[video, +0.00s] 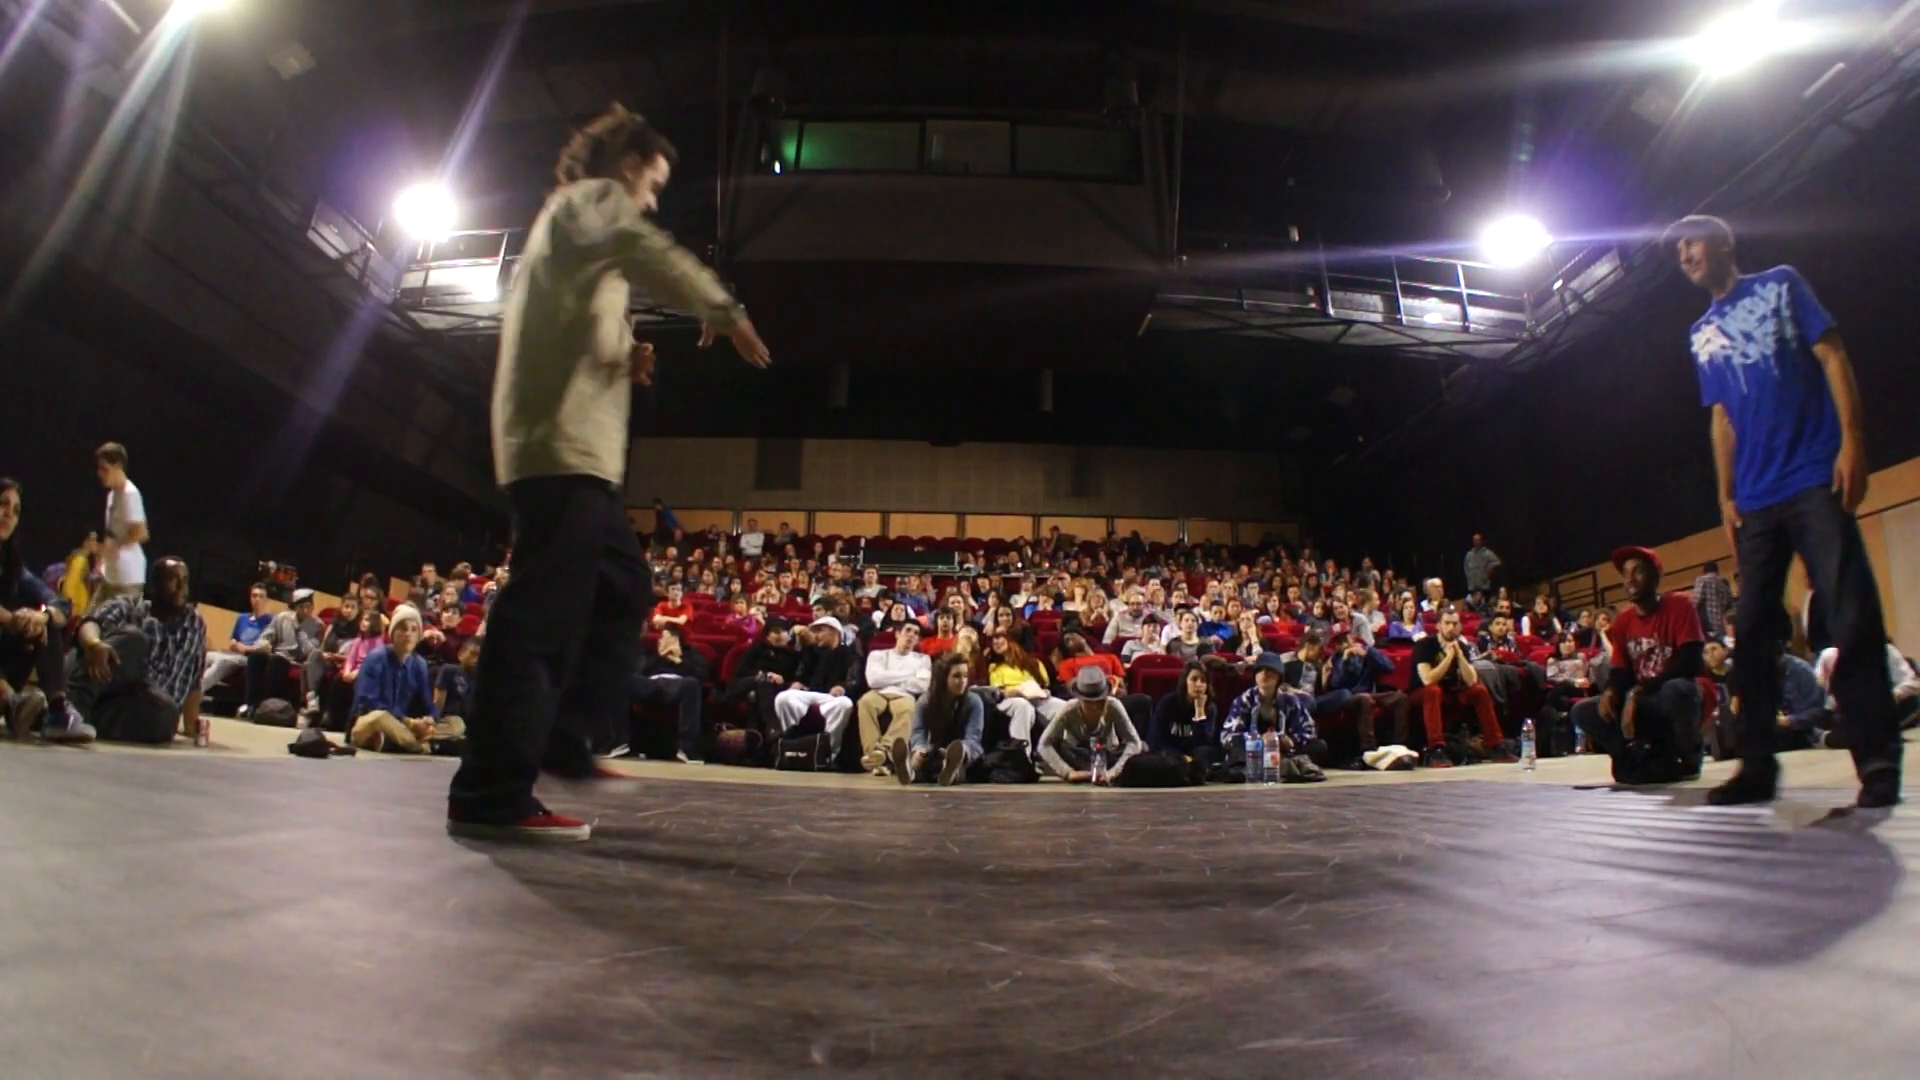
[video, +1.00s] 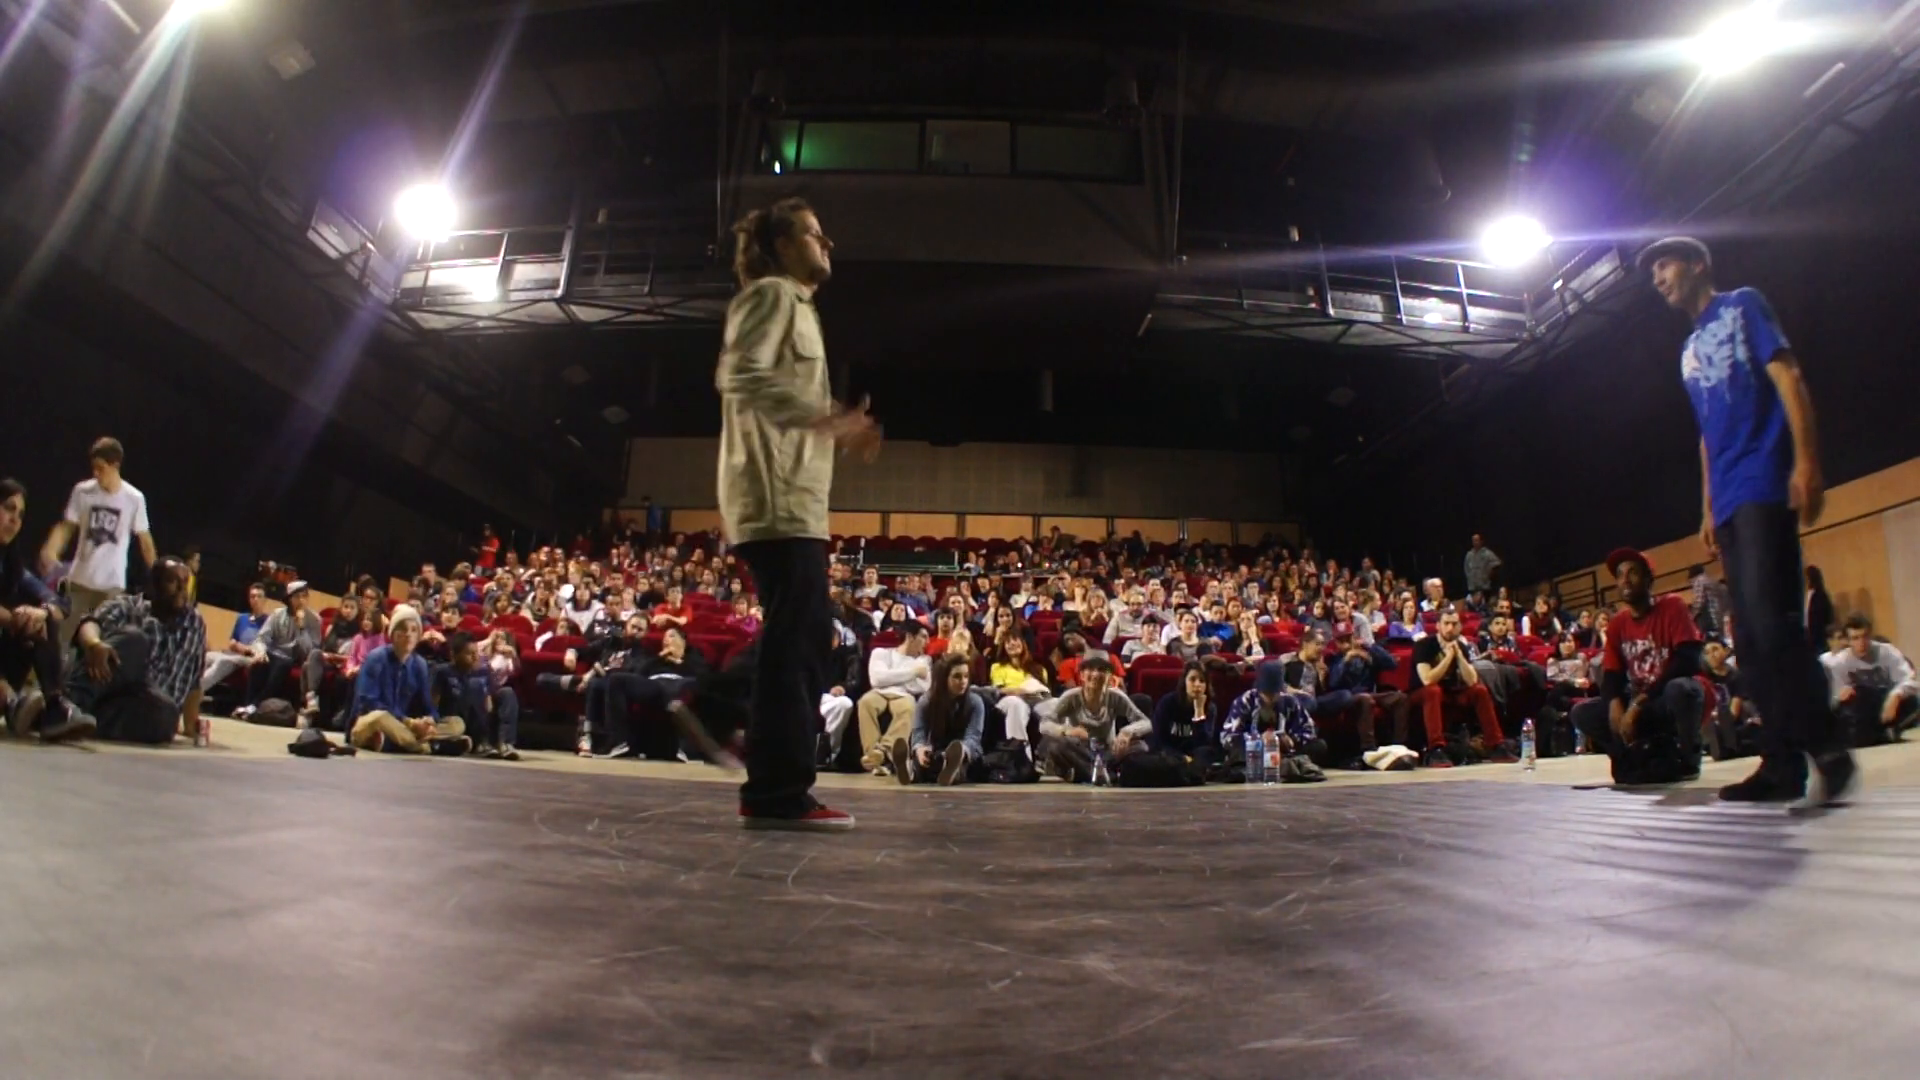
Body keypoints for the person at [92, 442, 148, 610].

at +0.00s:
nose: (100, 474)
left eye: (104, 468)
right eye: (99, 469)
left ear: (117, 466)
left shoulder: (130, 493)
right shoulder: (112, 494)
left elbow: (140, 531)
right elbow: (114, 533)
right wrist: (100, 549)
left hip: (128, 576)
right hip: (110, 574)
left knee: (125, 628)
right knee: (91, 624)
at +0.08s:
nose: (109, 487)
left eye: (113, 481)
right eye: (107, 481)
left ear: (126, 477)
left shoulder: (140, 507)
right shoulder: (115, 507)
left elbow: (156, 546)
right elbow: (122, 549)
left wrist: (134, 572)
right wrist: (112, 576)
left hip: (136, 585)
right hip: (115, 583)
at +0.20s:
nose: (118, 489)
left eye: (122, 483)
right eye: (116, 484)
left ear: (135, 480)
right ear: (113, 483)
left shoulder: (153, 509)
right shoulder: (119, 509)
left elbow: (175, 543)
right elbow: (121, 547)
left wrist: (162, 577)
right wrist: (113, 575)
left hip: (145, 584)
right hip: (121, 582)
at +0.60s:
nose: (123, 482)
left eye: (128, 477)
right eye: (121, 477)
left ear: (142, 474)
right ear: (118, 475)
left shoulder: (159, 503)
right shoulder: (106, 502)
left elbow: (168, 540)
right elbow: (98, 540)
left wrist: (166, 578)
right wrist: (98, 577)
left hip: (146, 585)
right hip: (114, 583)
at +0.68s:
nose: (121, 472)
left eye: (126, 466)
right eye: (119, 466)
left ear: (140, 462)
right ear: (116, 463)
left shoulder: (157, 489)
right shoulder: (104, 485)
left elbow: (167, 523)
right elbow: (94, 522)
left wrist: (162, 554)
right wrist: (93, 557)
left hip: (142, 572)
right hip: (110, 570)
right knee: (107, 622)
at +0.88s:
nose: (108, 469)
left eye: (112, 464)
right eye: (105, 463)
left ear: (126, 459)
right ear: (102, 460)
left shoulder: (146, 488)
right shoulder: (92, 483)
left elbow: (151, 526)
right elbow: (83, 521)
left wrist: (148, 567)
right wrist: (77, 560)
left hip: (128, 569)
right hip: (96, 566)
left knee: (123, 626)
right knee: (91, 625)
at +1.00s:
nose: (96, 474)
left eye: (101, 468)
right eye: (94, 468)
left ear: (116, 465)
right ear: (92, 467)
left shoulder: (134, 498)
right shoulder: (82, 491)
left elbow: (144, 537)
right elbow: (67, 525)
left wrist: (155, 574)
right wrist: (50, 552)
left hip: (112, 582)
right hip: (79, 579)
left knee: (106, 644)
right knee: (64, 639)